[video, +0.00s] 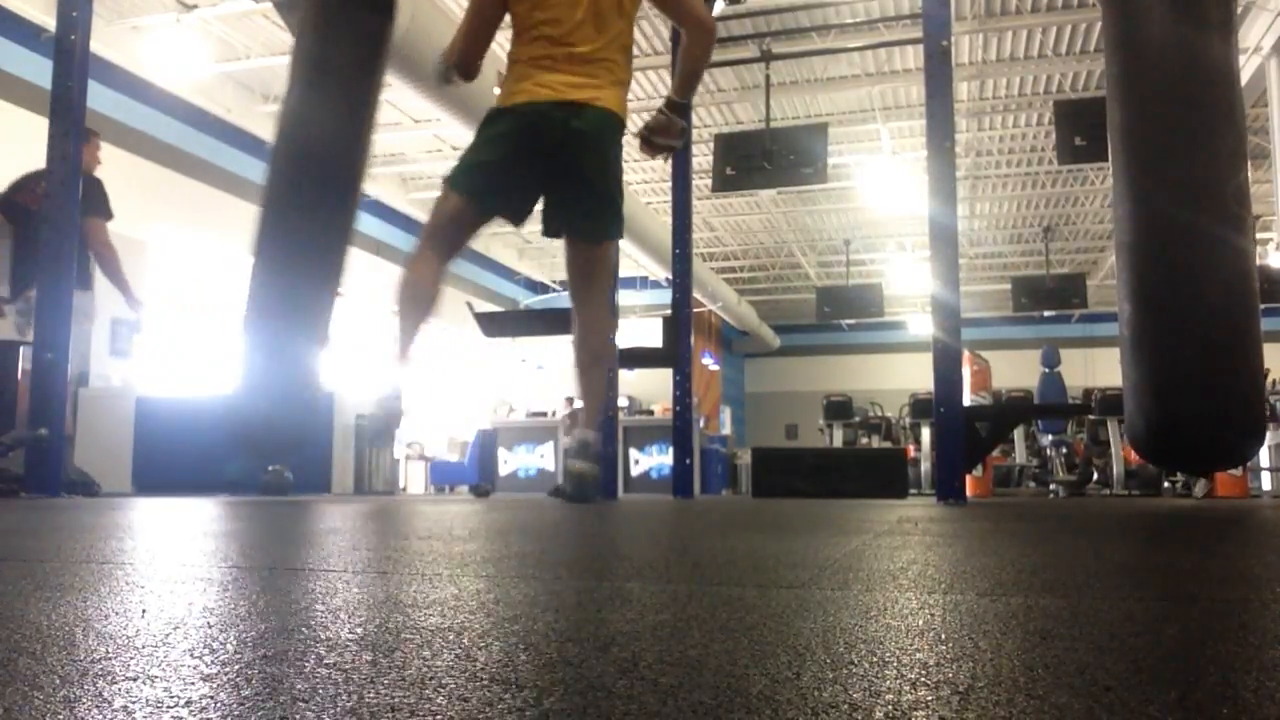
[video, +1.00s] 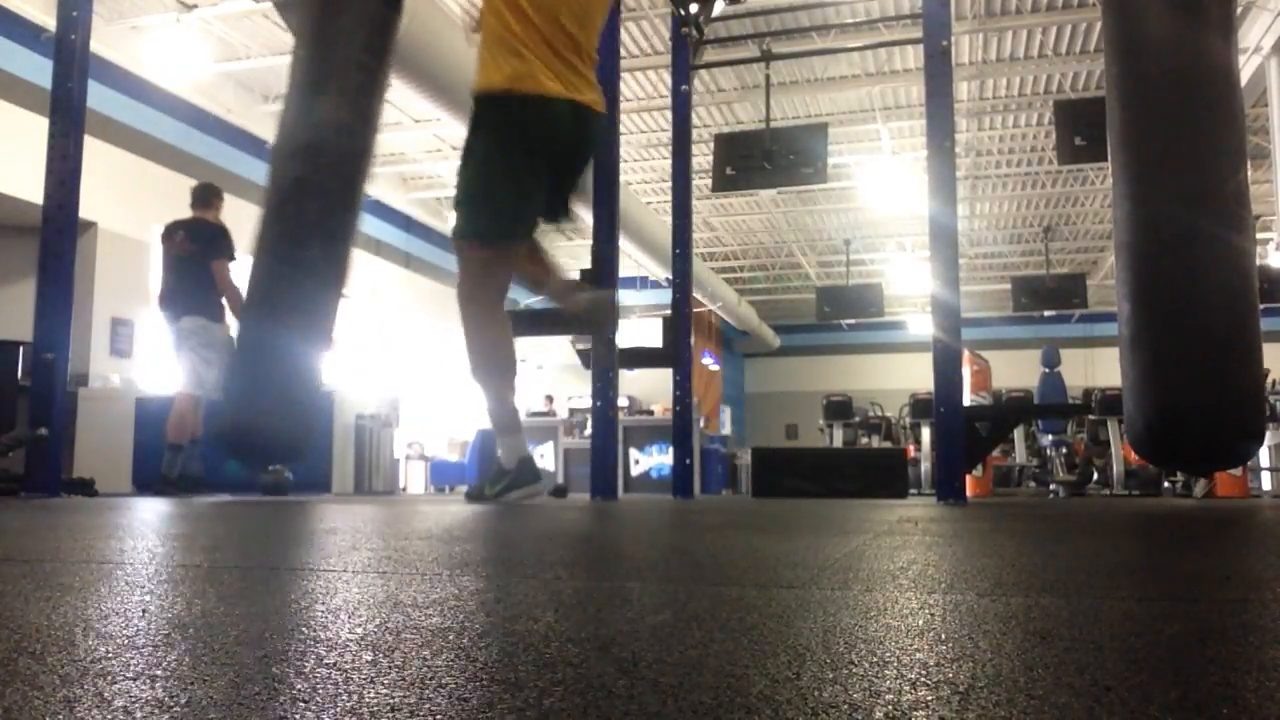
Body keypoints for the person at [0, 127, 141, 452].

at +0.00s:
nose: (99, 158)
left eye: (99, 150)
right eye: (95, 150)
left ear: (65, 147)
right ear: (79, 148)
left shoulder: (30, 181)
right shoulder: (87, 184)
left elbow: (13, 235)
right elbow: (97, 242)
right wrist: (129, 294)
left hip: (29, 290)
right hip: (71, 293)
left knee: (31, 371)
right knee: (68, 374)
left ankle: (22, 446)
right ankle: (61, 452)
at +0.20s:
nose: (126, 168)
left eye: (126, 161)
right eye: (122, 160)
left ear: (91, 158)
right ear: (106, 158)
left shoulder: (60, 188)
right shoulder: (111, 191)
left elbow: (43, 245)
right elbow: (121, 249)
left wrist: (50, 290)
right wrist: (144, 300)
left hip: (62, 294)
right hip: (98, 297)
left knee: (72, 376)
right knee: (115, 379)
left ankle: (66, 466)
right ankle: (63, 426)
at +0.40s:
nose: (151, 181)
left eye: (152, 175)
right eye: (149, 174)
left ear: (118, 170)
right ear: (135, 171)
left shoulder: (87, 200)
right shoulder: (135, 202)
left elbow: (72, 250)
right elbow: (137, 257)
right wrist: (147, 300)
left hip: (78, 296)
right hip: (116, 295)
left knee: (77, 382)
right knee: (146, 380)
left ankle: (68, 467)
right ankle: (145, 468)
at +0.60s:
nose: (176, 194)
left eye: (175, 189)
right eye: (175, 189)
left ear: (145, 187)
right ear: (167, 188)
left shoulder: (119, 218)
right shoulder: (174, 221)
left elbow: (118, 272)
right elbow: (186, 269)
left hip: (117, 320)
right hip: (161, 321)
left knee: (103, 388)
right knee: (165, 398)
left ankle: (76, 460)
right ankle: (169, 475)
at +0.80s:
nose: (202, 202)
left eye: (201, 196)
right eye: (202, 197)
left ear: (171, 194)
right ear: (198, 196)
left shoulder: (145, 223)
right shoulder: (199, 226)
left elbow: (140, 273)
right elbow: (210, 273)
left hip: (149, 321)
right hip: (184, 321)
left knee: (152, 388)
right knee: (180, 393)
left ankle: (126, 436)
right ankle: (171, 474)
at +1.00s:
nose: (220, 210)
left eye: (218, 205)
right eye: (220, 206)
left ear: (192, 203)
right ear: (217, 205)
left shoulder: (172, 229)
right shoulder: (216, 231)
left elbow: (165, 288)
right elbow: (224, 281)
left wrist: (174, 320)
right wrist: (245, 317)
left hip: (176, 311)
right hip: (202, 314)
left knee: (196, 392)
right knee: (190, 389)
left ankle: (191, 464)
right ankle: (171, 464)